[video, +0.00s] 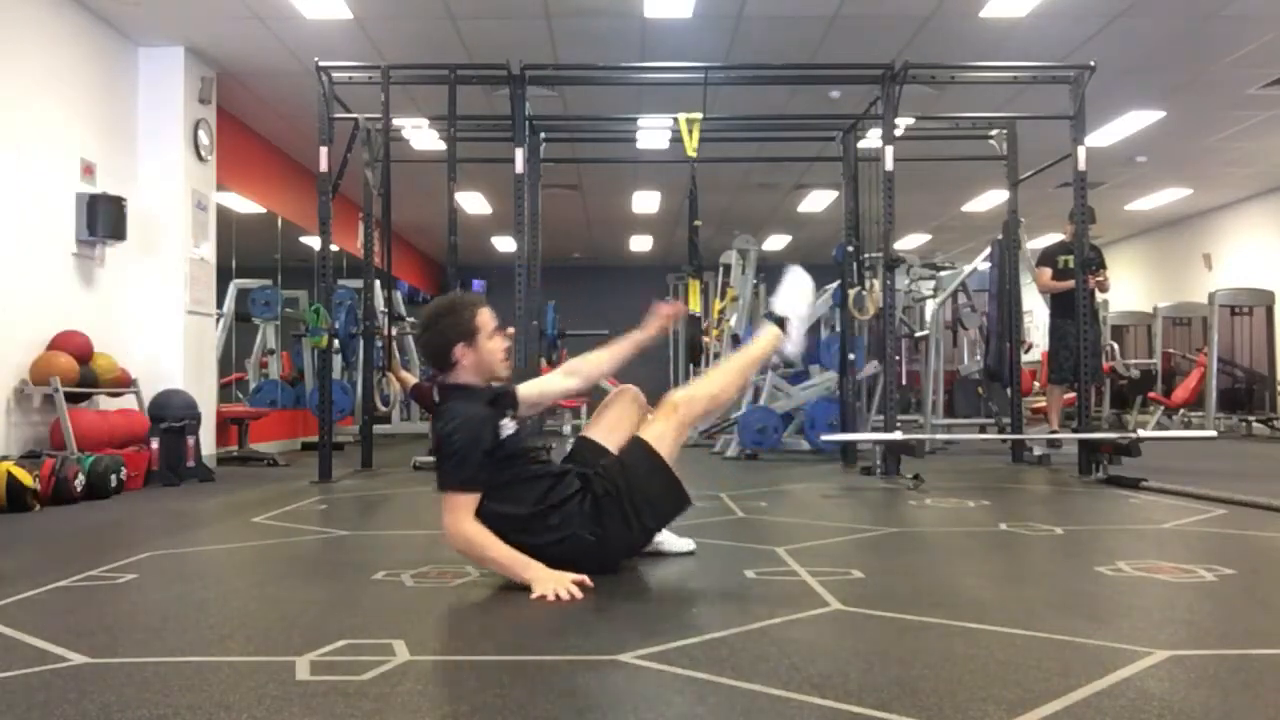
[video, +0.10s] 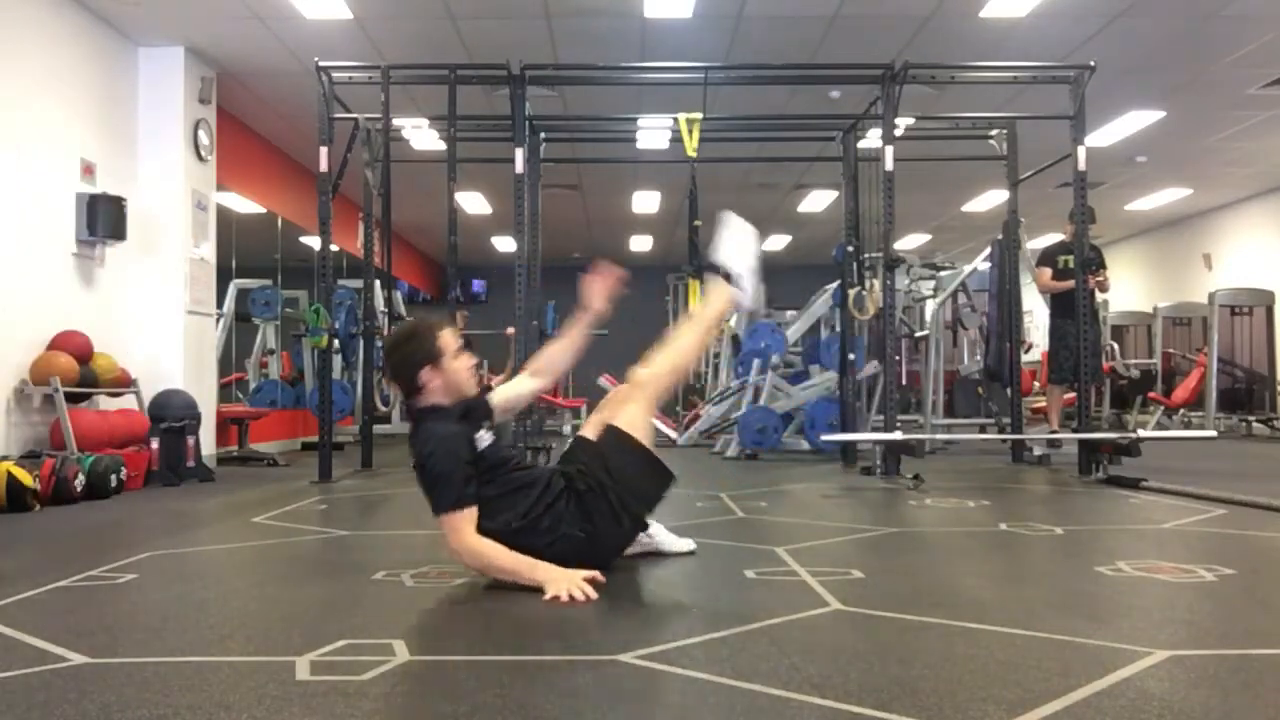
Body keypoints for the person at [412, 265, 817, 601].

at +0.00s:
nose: (508, 338)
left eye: (501, 330)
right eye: (495, 334)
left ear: (465, 355)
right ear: (461, 356)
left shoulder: (483, 398)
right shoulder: (463, 420)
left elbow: (566, 379)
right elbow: (457, 527)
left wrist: (645, 334)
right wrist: (536, 574)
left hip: (567, 499)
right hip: (589, 532)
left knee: (627, 395)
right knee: (678, 406)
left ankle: (637, 529)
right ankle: (780, 329)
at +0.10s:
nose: (473, 359)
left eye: (465, 349)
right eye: (460, 354)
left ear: (434, 378)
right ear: (429, 380)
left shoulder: (460, 413)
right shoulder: (438, 439)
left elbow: (536, 377)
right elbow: (462, 541)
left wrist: (589, 315)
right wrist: (546, 574)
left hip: (565, 506)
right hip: (579, 533)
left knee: (617, 402)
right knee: (640, 389)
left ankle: (628, 530)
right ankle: (726, 290)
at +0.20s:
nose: (436, 386)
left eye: (426, 378)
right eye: (420, 383)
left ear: (402, 413)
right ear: (395, 414)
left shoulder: (437, 435)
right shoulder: (415, 464)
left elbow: (494, 388)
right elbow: (467, 556)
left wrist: (505, 307)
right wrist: (559, 569)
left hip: (568, 511)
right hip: (566, 531)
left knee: (618, 388)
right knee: (581, 362)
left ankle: (639, 520)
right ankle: (629, 236)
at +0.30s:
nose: (410, 406)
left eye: (401, 398)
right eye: (393, 405)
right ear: (371, 441)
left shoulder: (419, 449)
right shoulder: (399, 486)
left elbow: (467, 396)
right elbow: (471, 562)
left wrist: (437, 320)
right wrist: (561, 561)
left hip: (564, 509)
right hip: (554, 531)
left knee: (593, 376)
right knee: (532, 361)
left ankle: (650, 482)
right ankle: (538, 221)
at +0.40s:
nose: (371, 435)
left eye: (361, 430)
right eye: (356, 437)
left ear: (368, 439)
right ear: (342, 477)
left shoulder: (396, 475)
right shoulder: (376, 514)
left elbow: (417, 402)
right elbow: (466, 570)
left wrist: (337, 369)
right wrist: (550, 534)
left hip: (556, 492)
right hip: (541, 517)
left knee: (521, 356)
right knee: (457, 379)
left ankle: (644, 399)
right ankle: (402, 241)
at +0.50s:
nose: (344, 459)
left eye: (336, 456)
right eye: (329, 463)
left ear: (344, 467)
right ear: (317, 500)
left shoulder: (375, 494)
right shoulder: (359, 536)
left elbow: (365, 418)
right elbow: (453, 572)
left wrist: (284, 437)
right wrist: (517, 501)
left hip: (536, 455)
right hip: (512, 481)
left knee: (458, 347)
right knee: (391, 386)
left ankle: (583, 309)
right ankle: (293, 272)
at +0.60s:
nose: (310, 458)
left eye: (300, 457)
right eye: (295, 469)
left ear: (324, 463)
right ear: (298, 516)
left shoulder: (357, 510)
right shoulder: (339, 546)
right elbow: (438, 566)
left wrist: (244, 524)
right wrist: (461, 474)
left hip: (497, 431)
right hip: (501, 456)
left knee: (392, 336)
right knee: (331, 401)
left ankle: (465, 230)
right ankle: (198, 305)